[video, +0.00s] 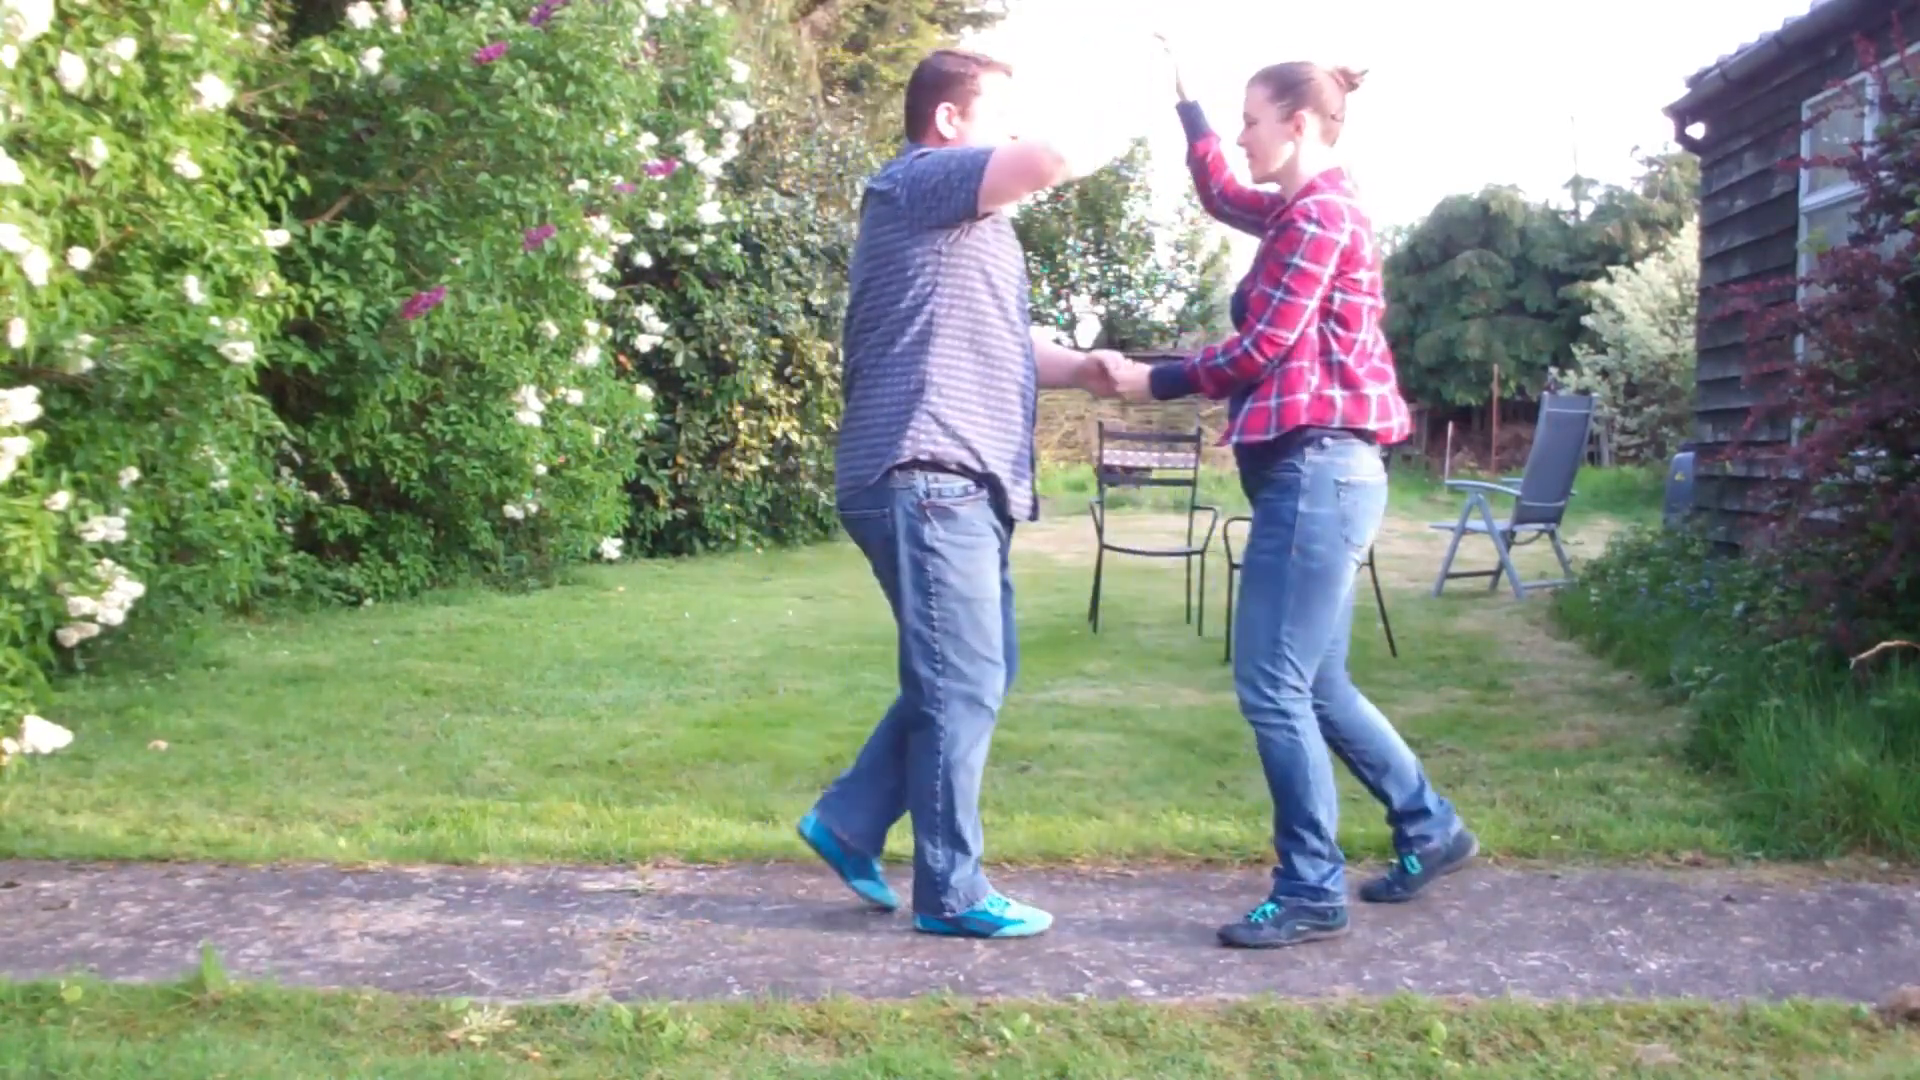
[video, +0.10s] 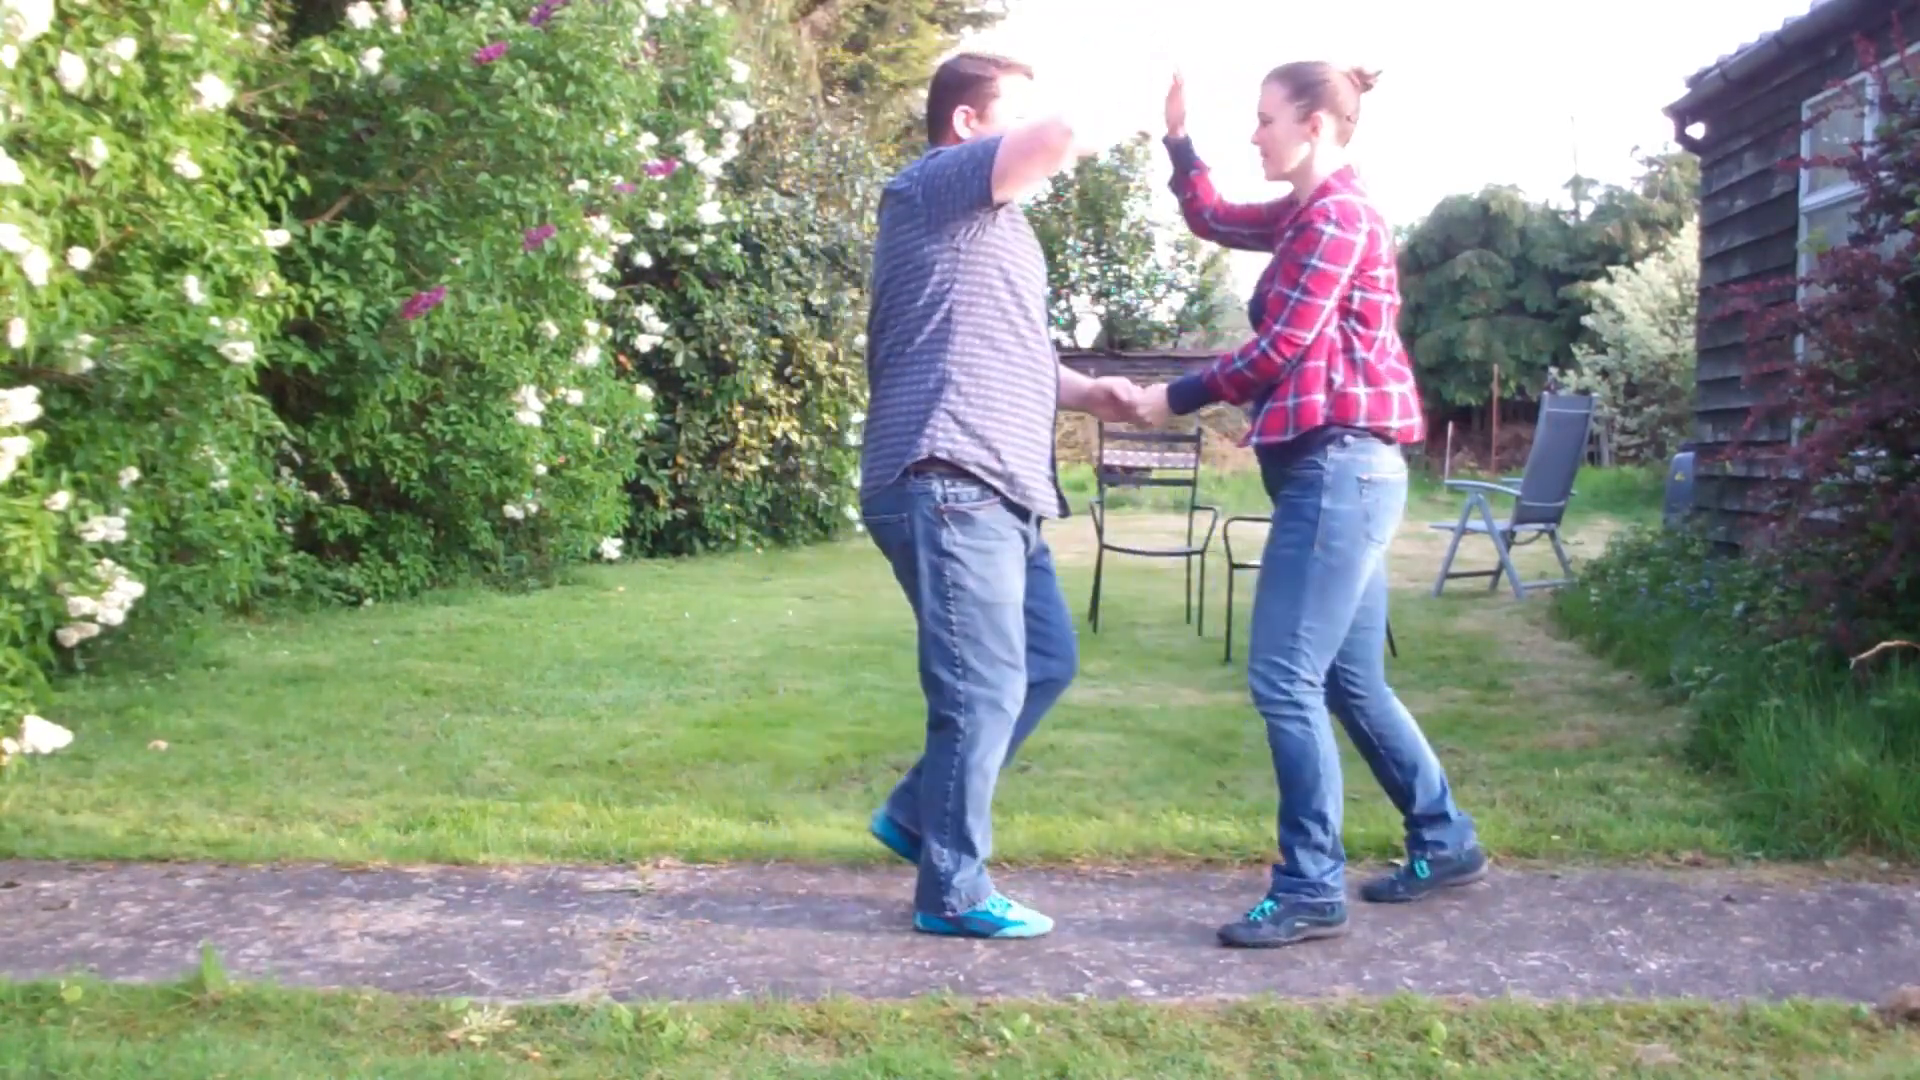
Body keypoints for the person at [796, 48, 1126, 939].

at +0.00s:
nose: (1014, 125)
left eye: (1012, 110)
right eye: (999, 108)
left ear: (956, 120)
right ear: (948, 117)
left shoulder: (978, 220)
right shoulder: (911, 183)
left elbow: (1003, 350)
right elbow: (1044, 162)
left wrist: (1092, 365)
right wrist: (1111, 120)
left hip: (971, 478)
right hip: (921, 471)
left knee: (979, 673)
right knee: (958, 680)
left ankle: (847, 822)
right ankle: (951, 889)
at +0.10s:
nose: (1039, 118)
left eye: (1035, 102)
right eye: (1022, 103)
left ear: (976, 119)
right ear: (969, 118)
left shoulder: (1003, 227)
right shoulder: (926, 187)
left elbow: (1012, 361)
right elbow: (1056, 137)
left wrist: (1097, 389)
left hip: (1003, 489)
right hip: (945, 477)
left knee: (1045, 662)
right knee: (977, 688)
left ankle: (916, 810)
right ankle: (952, 889)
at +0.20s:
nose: (1054, 119)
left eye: (1053, 108)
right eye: (1037, 107)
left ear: (994, 123)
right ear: (982, 120)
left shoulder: (1025, 227)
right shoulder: (944, 187)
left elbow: (1026, 374)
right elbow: (1060, 122)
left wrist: (1115, 416)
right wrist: (1055, 106)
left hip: (1035, 500)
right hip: (966, 487)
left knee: (1081, 664)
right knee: (995, 690)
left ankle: (1022, 846)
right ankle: (953, 888)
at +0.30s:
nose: (1070, 136)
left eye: (1070, 119)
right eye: (1053, 114)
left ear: (1021, 120)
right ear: (996, 118)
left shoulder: (1054, 226)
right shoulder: (954, 191)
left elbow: (1043, 367)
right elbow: (1056, 101)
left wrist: (1114, 431)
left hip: (1066, 497)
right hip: (983, 485)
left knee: (1099, 681)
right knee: (1014, 689)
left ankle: (1097, 859)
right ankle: (958, 885)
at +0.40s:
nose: (1073, 128)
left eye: (1083, 115)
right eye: (1053, 109)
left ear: (1091, 137)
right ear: (1010, 115)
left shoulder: (1087, 231)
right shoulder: (964, 195)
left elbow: (1090, 376)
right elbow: (1040, 85)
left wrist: (1130, 453)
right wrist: (1055, 90)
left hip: (1083, 500)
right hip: (992, 490)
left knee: (1111, 683)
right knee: (1039, 687)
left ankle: (1093, 860)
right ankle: (966, 876)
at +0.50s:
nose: (1071, 125)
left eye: (1086, 113)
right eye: (1053, 112)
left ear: (1107, 134)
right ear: (1022, 125)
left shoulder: (1112, 229)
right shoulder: (980, 196)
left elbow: (1130, 357)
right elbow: (1007, 84)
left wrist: (1143, 456)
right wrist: (1032, 63)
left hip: (1104, 507)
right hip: (1003, 499)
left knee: (1120, 689)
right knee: (1046, 687)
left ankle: (1095, 861)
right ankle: (1000, 874)